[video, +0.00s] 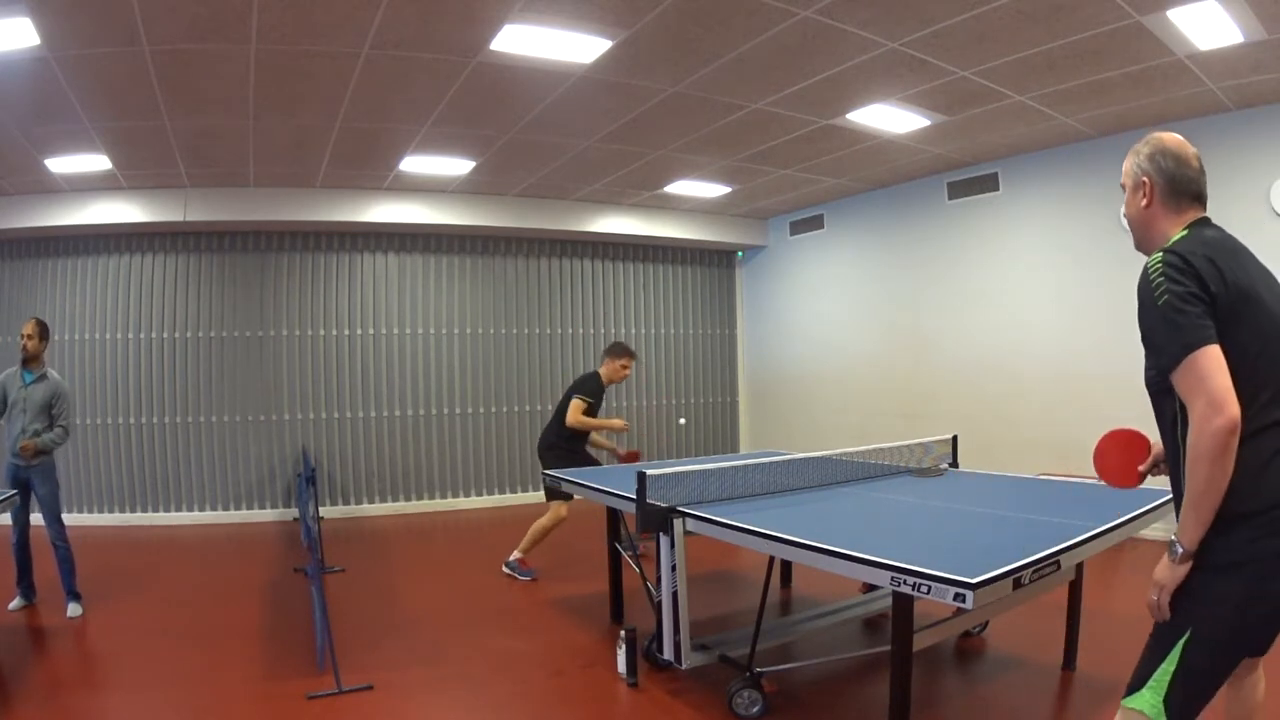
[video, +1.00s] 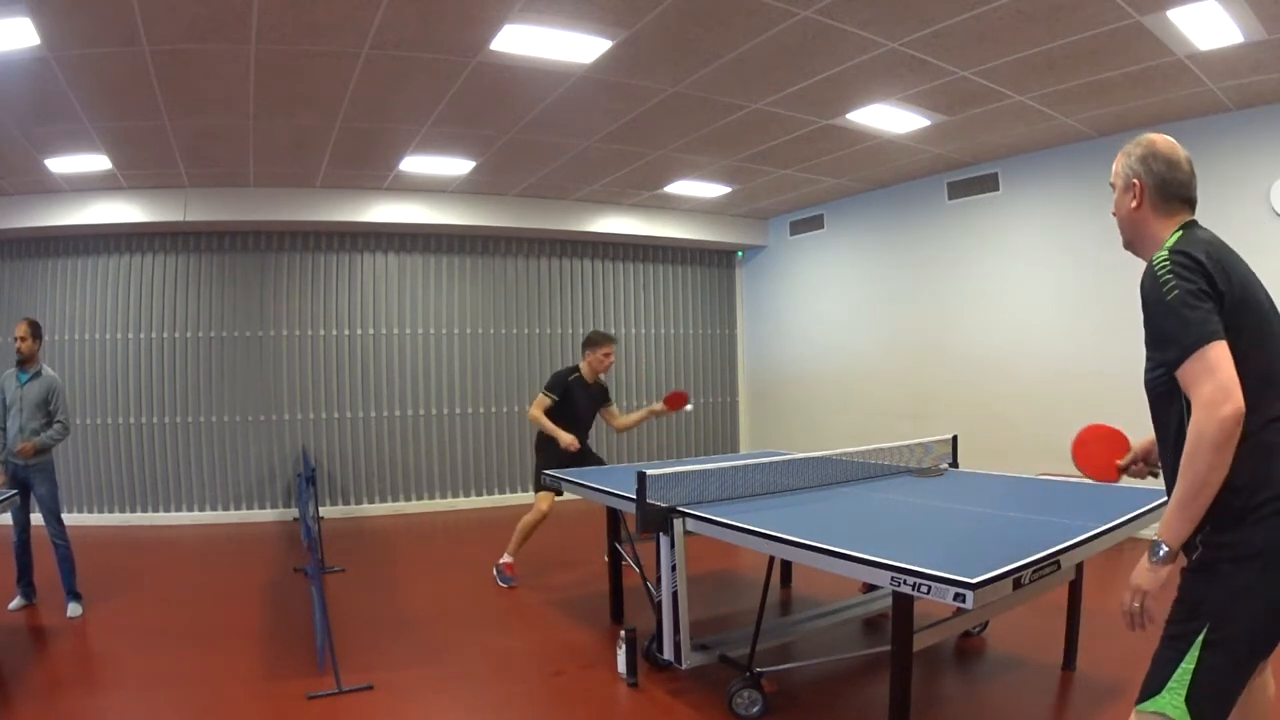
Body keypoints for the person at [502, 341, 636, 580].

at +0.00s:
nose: (628, 374)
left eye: (629, 369)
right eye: (625, 368)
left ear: (613, 365)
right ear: (609, 363)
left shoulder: (598, 388)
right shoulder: (589, 383)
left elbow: (585, 432)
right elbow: (572, 419)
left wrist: (614, 448)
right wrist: (609, 423)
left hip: (575, 450)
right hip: (555, 450)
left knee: (612, 487)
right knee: (558, 512)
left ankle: (622, 540)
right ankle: (515, 558)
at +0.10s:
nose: (618, 364)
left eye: (620, 358)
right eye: (614, 358)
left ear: (609, 357)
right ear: (599, 354)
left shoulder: (603, 386)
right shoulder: (569, 376)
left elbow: (622, 418)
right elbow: (556, 416)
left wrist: (652, 403)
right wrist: (595, 418)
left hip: (577, 443)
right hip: (552, 443)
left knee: (611, 489)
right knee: (550, 504)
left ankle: (622, 541)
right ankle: (515, 558)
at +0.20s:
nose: (603, 354)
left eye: (605, 349)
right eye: (598, 349)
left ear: (606, 349)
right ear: (582, 348)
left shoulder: (602, 372)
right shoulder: (559, 374)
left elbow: (638, 383)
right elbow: (544, 414)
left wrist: (634, 359)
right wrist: (576, 414)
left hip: (585, 446)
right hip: (554, 447)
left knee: (614, 489)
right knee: (544, 498)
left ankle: (622, 542)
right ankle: (519, 554)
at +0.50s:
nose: (575, 344)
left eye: (578, 339)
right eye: (569, 339)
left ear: (582, 341)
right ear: (557, 341)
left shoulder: (589, 370)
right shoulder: (540, 371)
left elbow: (621, 401)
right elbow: (524, 409)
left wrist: (627, 388)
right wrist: (548, 408)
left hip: (579, 444)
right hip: (546, 447)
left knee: (613, 485)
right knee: (534, 498)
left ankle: (616, 544)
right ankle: (514, 550)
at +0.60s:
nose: (578, 349)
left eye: (582, 344)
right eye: (573, 344)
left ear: (586, 346)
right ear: (561, 345)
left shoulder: (594, 376)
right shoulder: (543, 374)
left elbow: (621, 411)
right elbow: (523, 411)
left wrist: (631, 403)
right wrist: (545, 416)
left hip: (579, 448)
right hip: (546, 449)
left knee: (614, 490)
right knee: (530, 500)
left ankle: (616, 548)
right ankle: (504, 557)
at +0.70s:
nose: (586, 368)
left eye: (589, 363)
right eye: (580, 362)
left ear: (592, 364)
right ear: (567, 362)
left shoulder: (596, 394)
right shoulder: (546, 389)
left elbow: (613, 425)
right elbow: (518, 421)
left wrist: (628, 431)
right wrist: (534, 435)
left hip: (574, 455)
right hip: (543, 455)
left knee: (614, 490)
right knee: (527, 505)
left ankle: (615, 550)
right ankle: (500, 561)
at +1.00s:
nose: (611, 361)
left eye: (612, 355)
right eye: (606, 356)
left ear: (611, 356)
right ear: (588, 355)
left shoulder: (599, 389)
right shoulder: (563, 379)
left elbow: (618, 423)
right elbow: (534, 413)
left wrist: (650, 411)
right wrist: (561, 435)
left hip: (579, 450)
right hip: (551, 450)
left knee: (618, 488)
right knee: (543, 508)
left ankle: (615, 549)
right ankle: (506, 560)